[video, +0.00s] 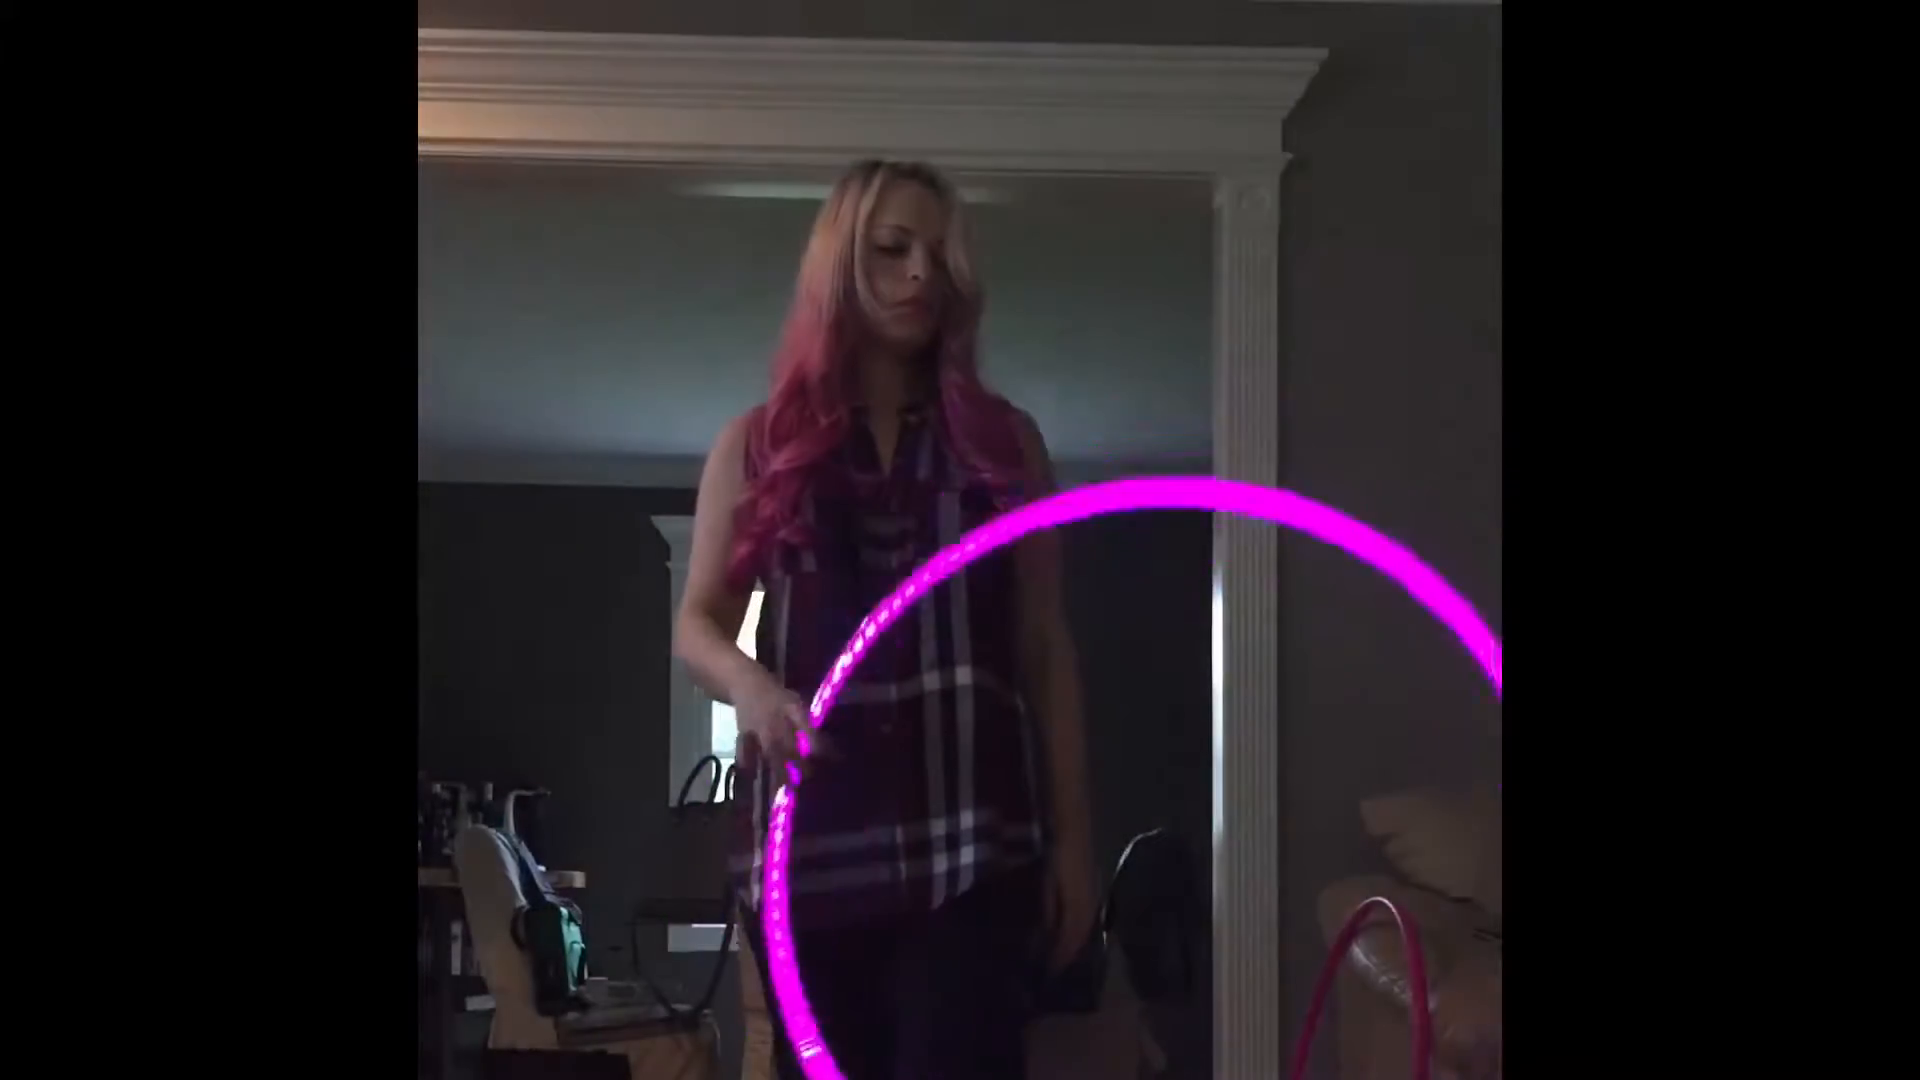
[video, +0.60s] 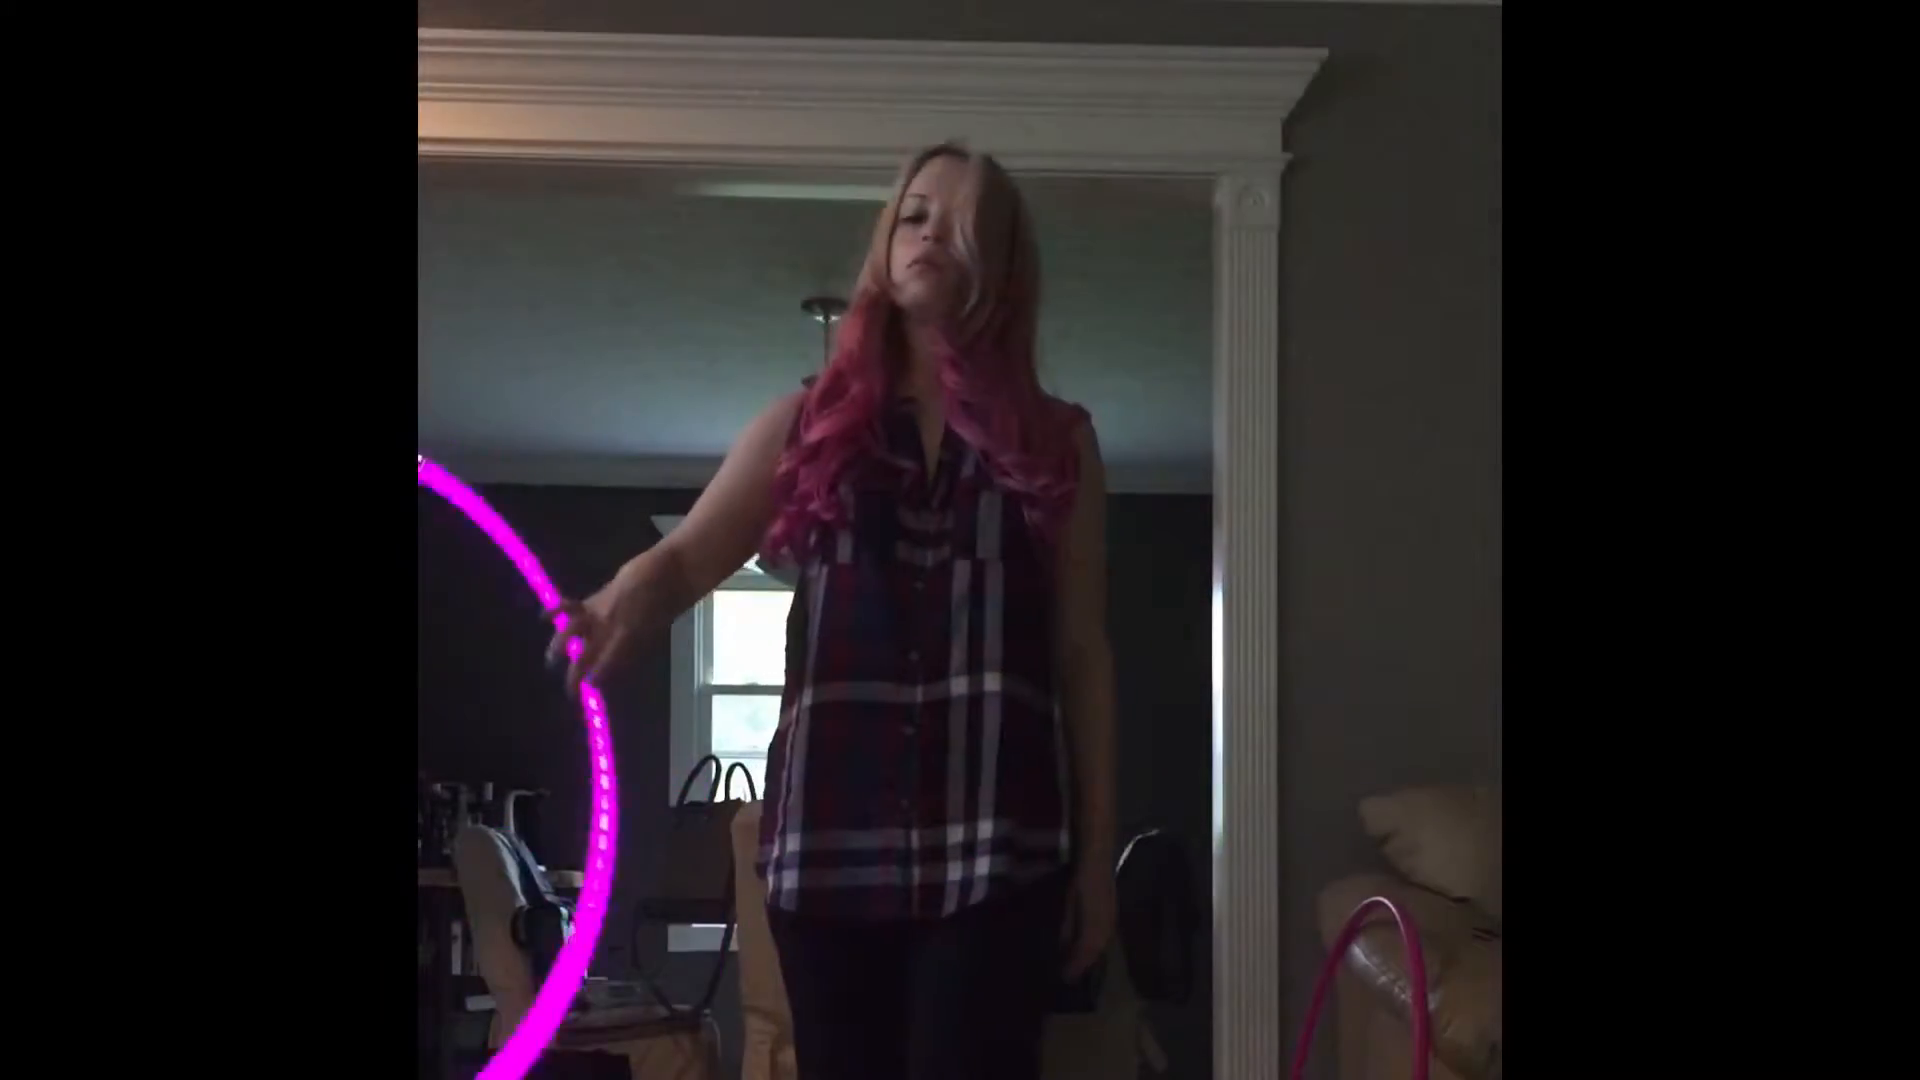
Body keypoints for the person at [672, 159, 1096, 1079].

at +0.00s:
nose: (921, 273)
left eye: (940, 252)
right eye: (893, 249)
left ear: (961, 271)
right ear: (839, 265)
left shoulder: (1005, 438)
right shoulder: (759, 444)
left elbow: (1046, 646)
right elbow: (697, 626)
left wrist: (1072, 838)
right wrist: (753, 688)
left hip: (979, 840)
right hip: (821, 843)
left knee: (972, 1058)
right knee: (833, 1064)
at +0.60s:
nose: (935, 238)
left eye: (965, 227)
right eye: (918, 218)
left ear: (1001, 267)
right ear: (884, 246)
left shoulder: (1056, 437)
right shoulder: (810, 416)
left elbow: (1084, 652)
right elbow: (691, 556)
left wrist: (1095, 856)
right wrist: (623, 605)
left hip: (998, 843)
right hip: (831, 841)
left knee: (978, 1066)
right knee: (844, 1066)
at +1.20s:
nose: (997, 220)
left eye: (1024, 204)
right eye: (974, 207)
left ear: (1061, 240)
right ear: (943, 245)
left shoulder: (1120, 423)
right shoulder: (871, 413)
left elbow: (1160, 645)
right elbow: (765, 552)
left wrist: (1180, 843)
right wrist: (793, 622)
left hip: (1071, 838)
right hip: (903, 835)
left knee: (1055, 1068)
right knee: (892, 1068)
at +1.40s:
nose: (1001, 227)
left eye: (1029, 209)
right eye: (977, 213)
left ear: (1070, 240)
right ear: (944, 245)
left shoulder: (1128, 404)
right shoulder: (875, 384)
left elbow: (1172, 631)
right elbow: (768, 525)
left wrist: (1185, 839)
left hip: (1080, 833)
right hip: (905, 836)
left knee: (1054, 1065)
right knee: (901, 1066)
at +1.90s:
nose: (1016, 237)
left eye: (1041, 218)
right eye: (992, 219)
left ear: (1080, 246)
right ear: (959, 250)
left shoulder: (1137, 422)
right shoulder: (900, 401)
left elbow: (1174, 639)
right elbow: (800, 494)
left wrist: (1187, 835)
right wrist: (964, 458)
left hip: (1082, 820)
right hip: (911, 814)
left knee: (1053, 1067)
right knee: (822, 1064)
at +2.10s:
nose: (1014, 244)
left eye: (1039, 225)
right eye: (990, 229)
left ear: (1082, 252)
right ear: (957, 265)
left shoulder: (1137, 436)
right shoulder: (921, 410)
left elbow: (1173, 652)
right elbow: (811, 461)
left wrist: (1190, 864)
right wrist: (983, 363)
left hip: (1076, 835)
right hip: (905, 826)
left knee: (1045, 1071)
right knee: (778, 1059)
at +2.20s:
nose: (1006, 261)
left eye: (1035, 239)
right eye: (980, 242)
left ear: (1080, 272)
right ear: (948, 279)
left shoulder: (1141, 449)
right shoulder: (908, 430)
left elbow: (1178, 672)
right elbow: (757, 428)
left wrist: (1187, 869)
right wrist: (887, 271)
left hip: (1070, 865)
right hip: (886, 853)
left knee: (1031, 1072)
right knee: (748, 1066)